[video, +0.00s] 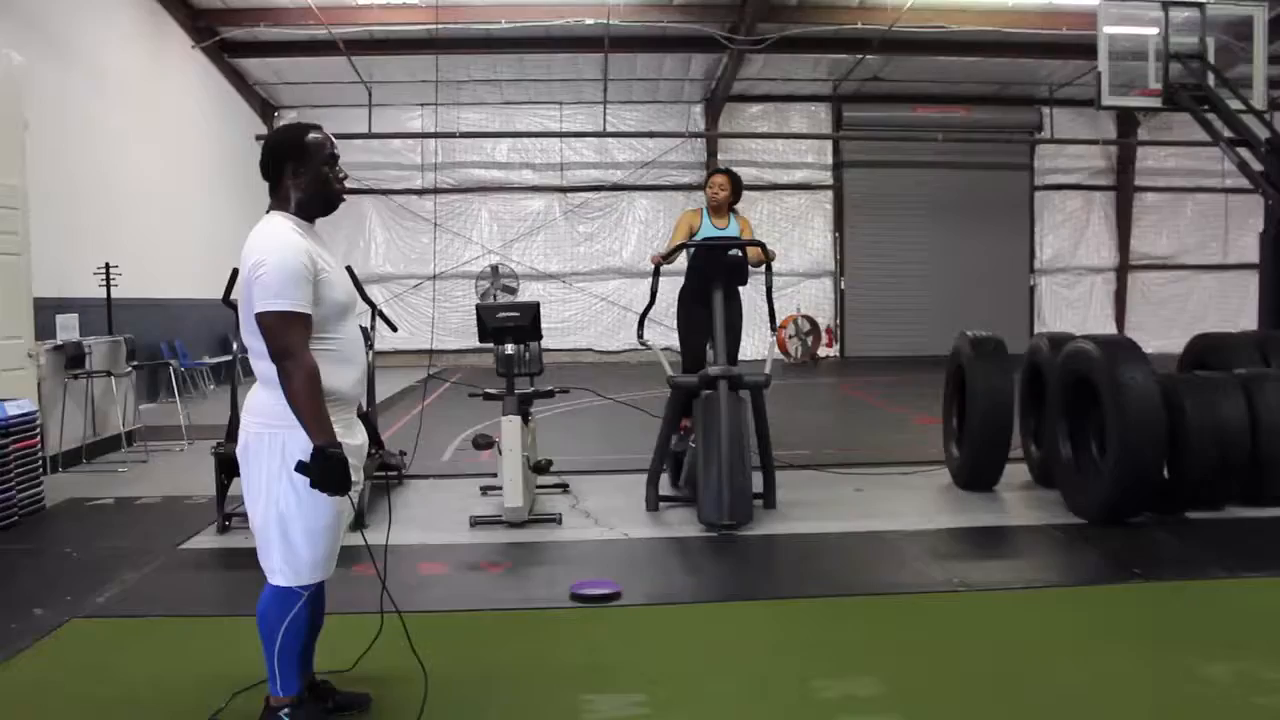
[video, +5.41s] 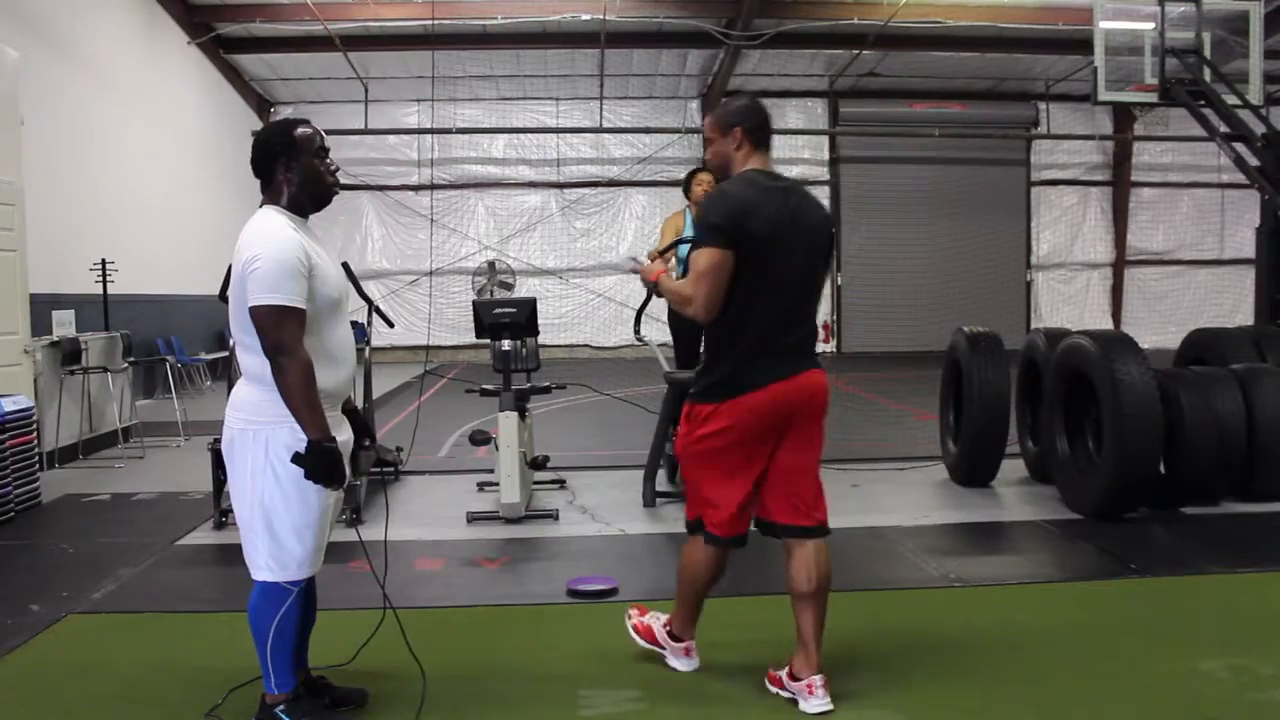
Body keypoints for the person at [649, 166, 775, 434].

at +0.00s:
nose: (714, 192)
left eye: (721, 188)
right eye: (711, 186)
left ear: (732, 195)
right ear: (705, 190)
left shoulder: (741, 223)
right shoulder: (692, 217)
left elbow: (752, 258)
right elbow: (675, 247)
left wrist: (765, 255)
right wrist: (664, 256)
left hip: (728, 296)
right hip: (695, 296)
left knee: (728, 361)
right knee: (693, 363)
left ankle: (726, 420)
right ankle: (686, 421)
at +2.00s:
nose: (692, 196)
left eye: (698, 191)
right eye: (687, 191)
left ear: (710, 197)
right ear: (681, 195)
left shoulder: (723, 224)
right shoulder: (673, 225)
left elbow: (740, 255)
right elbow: (663, 261)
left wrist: (758, 251)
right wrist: (657, 258)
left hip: (717, 298)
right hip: (684, 300)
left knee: (728, 359)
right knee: (686, 366)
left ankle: (730, 420)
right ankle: (683, 427)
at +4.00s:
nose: (684, 191)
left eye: (691, 187)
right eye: (681, 186)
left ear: (705, 193)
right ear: (677, 190)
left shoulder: (719, 220)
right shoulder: (668, 221)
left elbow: (740, 249)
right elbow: (664, 250)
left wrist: (758, 250)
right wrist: (657, 255)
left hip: (716, 296)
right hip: (683, 298)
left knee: (727, 358)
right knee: (686, 364)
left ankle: (728, 422)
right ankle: (683, 427)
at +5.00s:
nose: (693, 187)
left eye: (699, 182)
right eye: (688, 182)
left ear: (708, 188)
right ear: (680, 187)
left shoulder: (722, 217)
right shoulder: (672, 218)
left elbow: (731, 250)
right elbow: (662, 252)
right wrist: (657, 255)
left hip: (716, 293)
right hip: (683, 294)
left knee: (722, 360)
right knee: (686, 360)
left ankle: (721, 419)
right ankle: (682, 421)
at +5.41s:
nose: (706, 188)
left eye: (710, 184)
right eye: (699, 184)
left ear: (717, 189)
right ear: (688, 191)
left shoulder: (724, 220)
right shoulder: (676, 221)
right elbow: (662, 257)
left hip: (718, 294)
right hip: (685, 293)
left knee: (718, 359)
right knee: (687, 360)